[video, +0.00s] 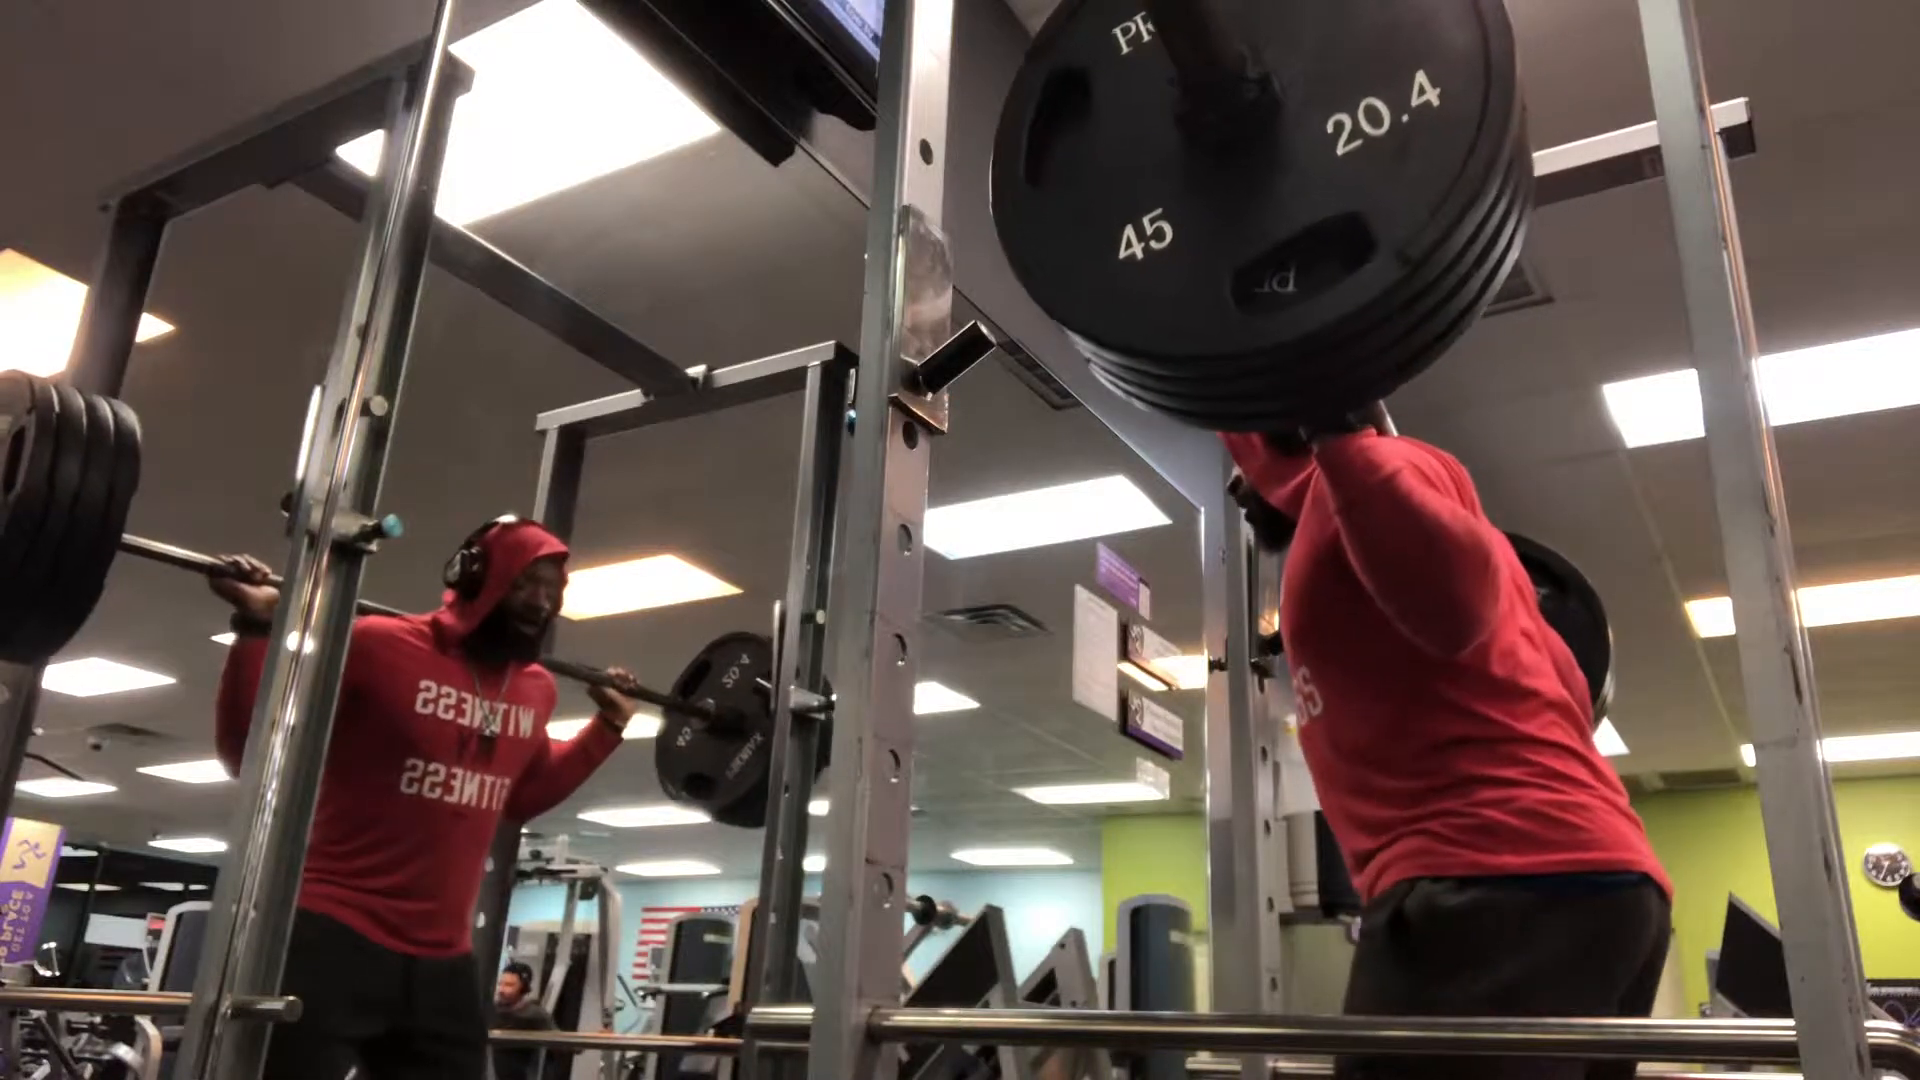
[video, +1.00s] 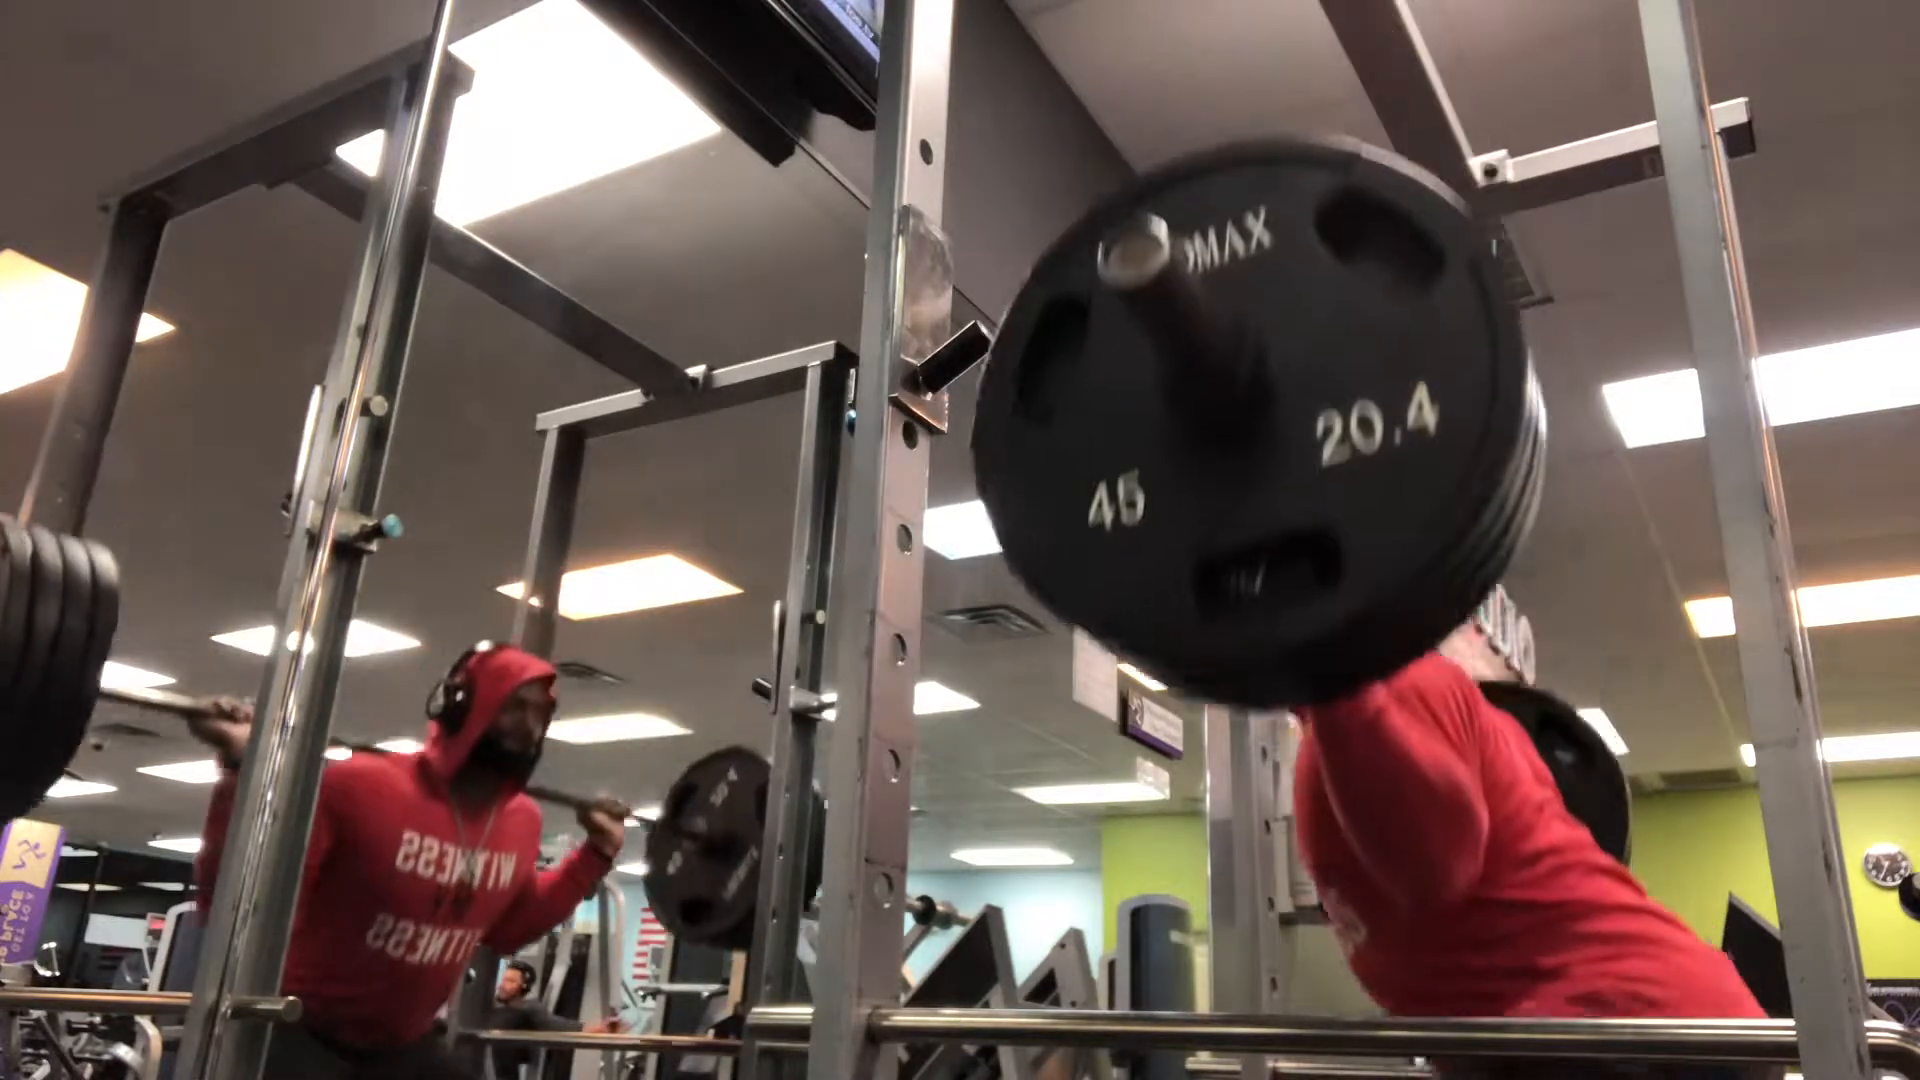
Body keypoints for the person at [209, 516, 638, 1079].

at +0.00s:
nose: (542, 601)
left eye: (553, 588)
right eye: (528, 582)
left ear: (560, 599)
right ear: (482, 578)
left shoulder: (534, 689)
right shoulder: (375, 643)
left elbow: (522, 798)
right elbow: (244, 753)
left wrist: (607, 725)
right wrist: (256, 629)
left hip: (444, 960)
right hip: (332, 934)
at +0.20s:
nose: (548, 609)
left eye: (558, 596)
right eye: (533, 589)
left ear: (565, 606)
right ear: (487, 586)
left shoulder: (536, 697)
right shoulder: (376, 652)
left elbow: (519, 807)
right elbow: (247, 761)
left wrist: (609, 735)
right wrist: (256, 638)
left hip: (449, 960)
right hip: (338, 937)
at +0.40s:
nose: (553, 597)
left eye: (562, 584)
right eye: (538, 579)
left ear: (565, 595)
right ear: (490, 580)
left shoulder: (539, 690)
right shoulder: (383, 645)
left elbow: (524, 801)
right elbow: (252, 752)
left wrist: (611, 727)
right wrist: (264, 629)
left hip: (441, 961)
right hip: (333, 939)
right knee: (298, 1070)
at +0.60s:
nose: (543, 632)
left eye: (555, 621)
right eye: (528, 613)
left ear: (563, 634)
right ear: (482, 612)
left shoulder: (532, 727)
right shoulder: (374, 684)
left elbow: (517, 839)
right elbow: (247, 800)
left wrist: (603, 769)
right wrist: (255, 667)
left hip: (433, 983)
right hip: (324, 966)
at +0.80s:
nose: (538, 683)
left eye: (549, 668)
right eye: (522, 661)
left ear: (555, 677)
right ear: (474, 660)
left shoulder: (527, 777)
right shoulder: (366, 737)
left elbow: (508, 888)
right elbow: (235, 857)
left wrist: (600, 812)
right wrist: (243, 723)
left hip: (420, 1020)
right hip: (314, 1008)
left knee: (476, 1068)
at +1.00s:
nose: (532, 727)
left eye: (542, 713)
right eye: (516, 707)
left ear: (548, 724)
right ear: (470, 706)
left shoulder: (520, 822)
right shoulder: (359, 783)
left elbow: (505, 929)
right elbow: (227, 899)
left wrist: (594, 858)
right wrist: (242, 772)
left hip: (410, 1051)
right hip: (305, 1040)